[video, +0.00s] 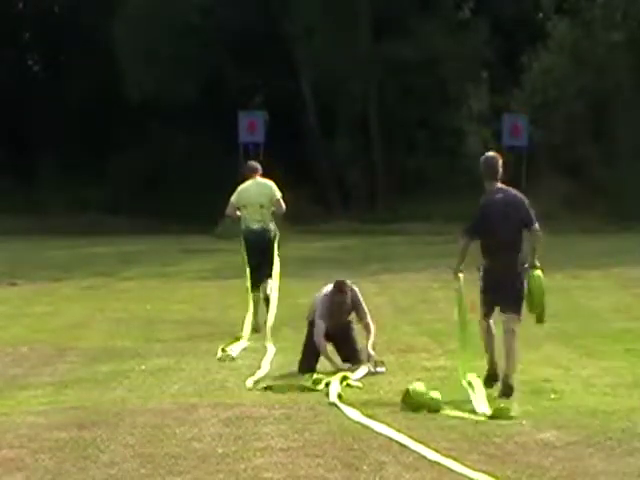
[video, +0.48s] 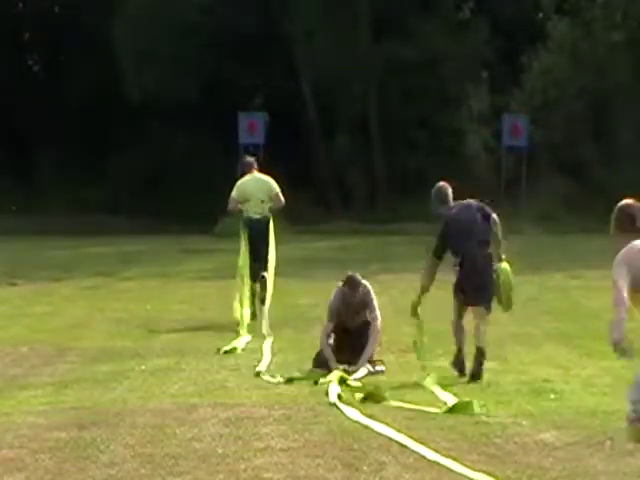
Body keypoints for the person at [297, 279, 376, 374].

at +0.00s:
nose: (342, 302)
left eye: (344, 298)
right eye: (339, 299)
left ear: (349, 293)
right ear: (333, 295)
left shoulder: (353, 293)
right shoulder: (323, 299)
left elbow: (368, 324)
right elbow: (318, 338)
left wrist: (369, 348)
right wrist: (335, 365)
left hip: (342, 326)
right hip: (320, 325)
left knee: (355, 360)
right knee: (306, 366)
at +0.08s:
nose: (348, 293)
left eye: (350, 290)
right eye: (344, 291)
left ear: (353, 286)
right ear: (336, 287)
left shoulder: (356, 289)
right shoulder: (326, 296)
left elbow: (369, 321)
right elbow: (319, 337)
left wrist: (370, 347)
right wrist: (335, 362)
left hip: (343, 326)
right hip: (321, 326)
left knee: (356, 362)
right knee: (306, 368)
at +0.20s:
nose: (354, 288)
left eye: (356, 284)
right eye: (350, 285)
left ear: (359, 282)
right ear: (342, 284)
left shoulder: (362, 287)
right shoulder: (331, 296)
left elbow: (372, 317)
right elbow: (321, 331)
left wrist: (369, 346)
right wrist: (334, 356)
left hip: (348, 329)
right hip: (327, 328)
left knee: (358, 364)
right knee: (307, 370)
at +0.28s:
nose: (357, 288)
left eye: (360, 284)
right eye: (354, 285)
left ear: (362, 282)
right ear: (346, 283)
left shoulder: (366, 287)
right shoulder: (336, 293)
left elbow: (376, 318)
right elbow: (321, 330)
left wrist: (370, 346)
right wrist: (331, 357)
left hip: (351, 329)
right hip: (331, 328)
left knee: (357, 361)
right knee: (310, 368)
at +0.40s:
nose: (357, 292)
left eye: (360, 289)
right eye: (354, 290)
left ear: (363, 285)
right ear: (347, 287)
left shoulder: (368, 289)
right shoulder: (338, 295)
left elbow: (377, 321)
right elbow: (323, 337)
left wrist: (369, 350)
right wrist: (332, 364)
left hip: (358, 326)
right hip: (338, 326)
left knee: (355, 362)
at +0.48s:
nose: (353, 297)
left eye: (356, 294)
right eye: (350, 294)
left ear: (361, 290)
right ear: (344, 290)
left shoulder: (366, 291)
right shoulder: (337, 296)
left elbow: (376, 327)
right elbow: (324, 336)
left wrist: (361, 363)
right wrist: (333, 364)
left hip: (361, 329)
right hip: (341, 331)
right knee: (320, 362)